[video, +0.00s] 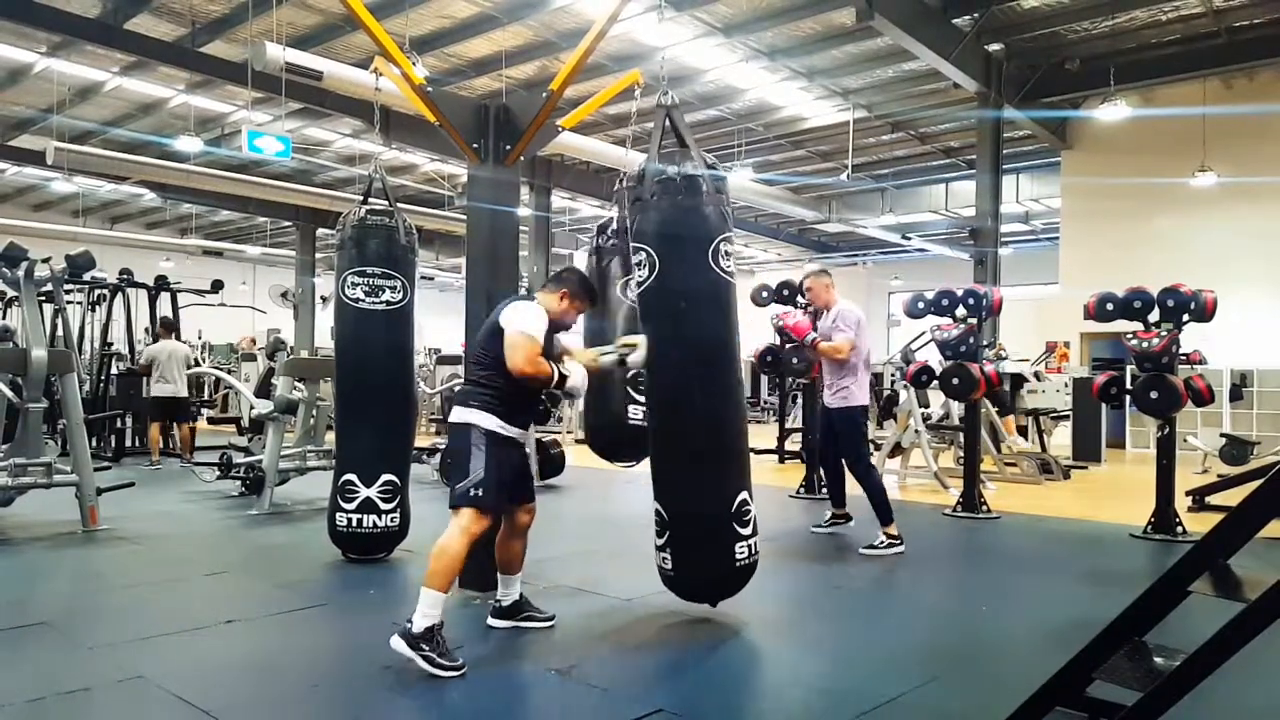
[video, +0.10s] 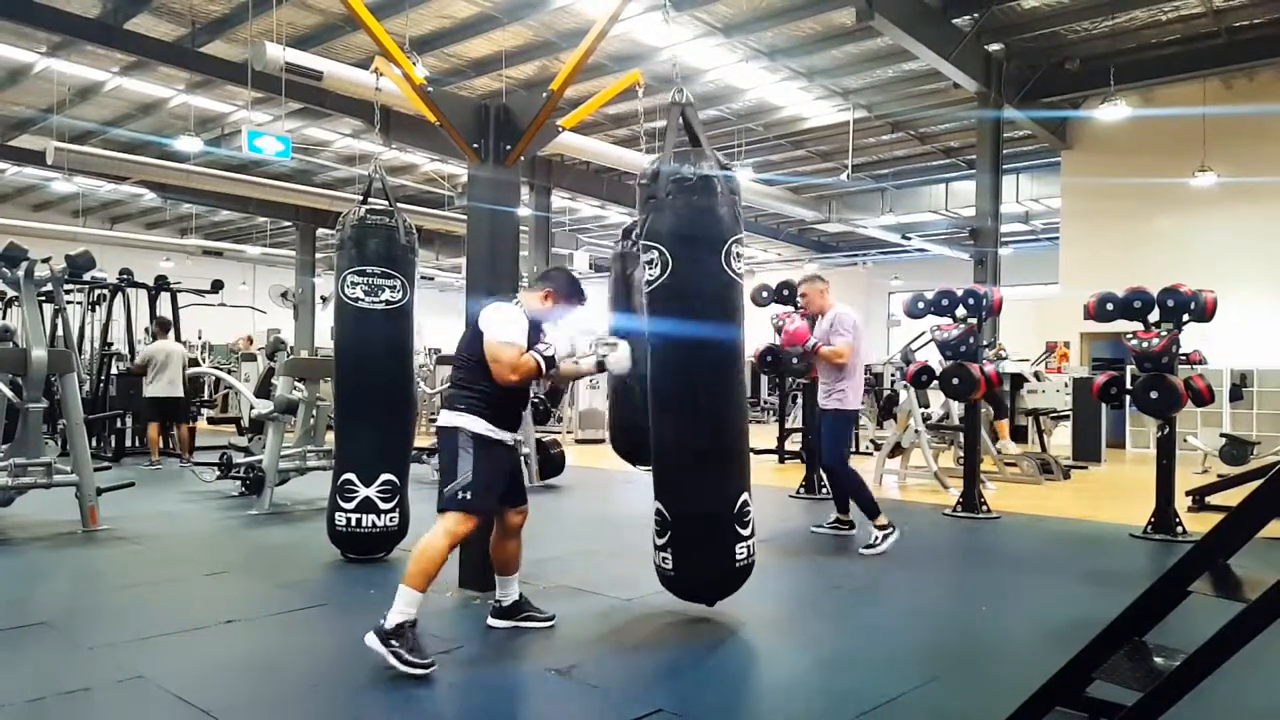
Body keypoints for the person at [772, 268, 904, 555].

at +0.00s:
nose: (808, 297)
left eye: (810, 290)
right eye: (805, 293)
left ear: (828, 286)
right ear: (820, 291)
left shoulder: (847, 313)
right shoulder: (824, 317)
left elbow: (842, 352)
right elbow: (819, 353)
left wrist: (809, 337)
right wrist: (797, 333)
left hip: (850, 403)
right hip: (831, 402)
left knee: (859, 465)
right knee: (828, 458)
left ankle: (891, 533)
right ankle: (839, 512)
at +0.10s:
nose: (802, 303)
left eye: (805, 296)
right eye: (800, 298)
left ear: (823, 291)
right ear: (818, 294)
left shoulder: (842, 317)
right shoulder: (820, 323)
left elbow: (841, 356)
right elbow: (818, 363)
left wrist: (809, 343)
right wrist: (789, 348)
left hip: (842, 404)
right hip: (827, 403)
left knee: (836, 464)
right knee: (829, 463)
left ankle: (882, 525)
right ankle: (842, 518)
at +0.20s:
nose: (796, 307)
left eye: (797, 300)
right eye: (794, 302)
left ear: (814, 293)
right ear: (811, 296)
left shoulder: (835, 316)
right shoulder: (820, 322)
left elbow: (842, 355)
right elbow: (819, 364)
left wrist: (813, 346)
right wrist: (790, 355)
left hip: (837, 397)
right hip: (828, 397)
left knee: (816, 454)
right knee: (829, 456)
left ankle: (853, 515)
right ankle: (843, 517)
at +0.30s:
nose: (792, 310)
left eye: (792, 303)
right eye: (788, 306)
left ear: (807, 294)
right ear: (800, 300)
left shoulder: (829, 314)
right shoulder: (814, 320)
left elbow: (835, 354)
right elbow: (815, 356)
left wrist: (801, 339)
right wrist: (788, 339)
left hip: (833, 394)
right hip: (827, 394)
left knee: (810, 452)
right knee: (832, 455)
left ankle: (818, 525)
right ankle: (844, 517)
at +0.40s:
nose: (785, 315)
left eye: (786, 309)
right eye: (782, 311)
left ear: (800, 300)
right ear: (793, 305)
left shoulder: (822, 321)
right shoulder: (805, 326)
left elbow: (824, 359)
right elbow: (802, 359)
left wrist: (795, 345)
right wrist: (774, 347)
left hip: (826, 405)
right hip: (818, 404)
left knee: (809, 463)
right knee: (835, 462)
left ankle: (788, 528)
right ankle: (845, 518)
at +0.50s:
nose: (777, 318)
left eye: (777, 311)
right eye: (773, 312)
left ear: (793, 301)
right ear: (790, 304)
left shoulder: (813, 321)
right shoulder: (802, 325)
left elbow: (814, 360)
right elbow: (805, 364)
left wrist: (787, 349)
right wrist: (787, 367)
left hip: (816, 406)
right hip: (819, 405)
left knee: (797, 463)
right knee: (825, 462)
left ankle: (783, 529)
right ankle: (843, 517)